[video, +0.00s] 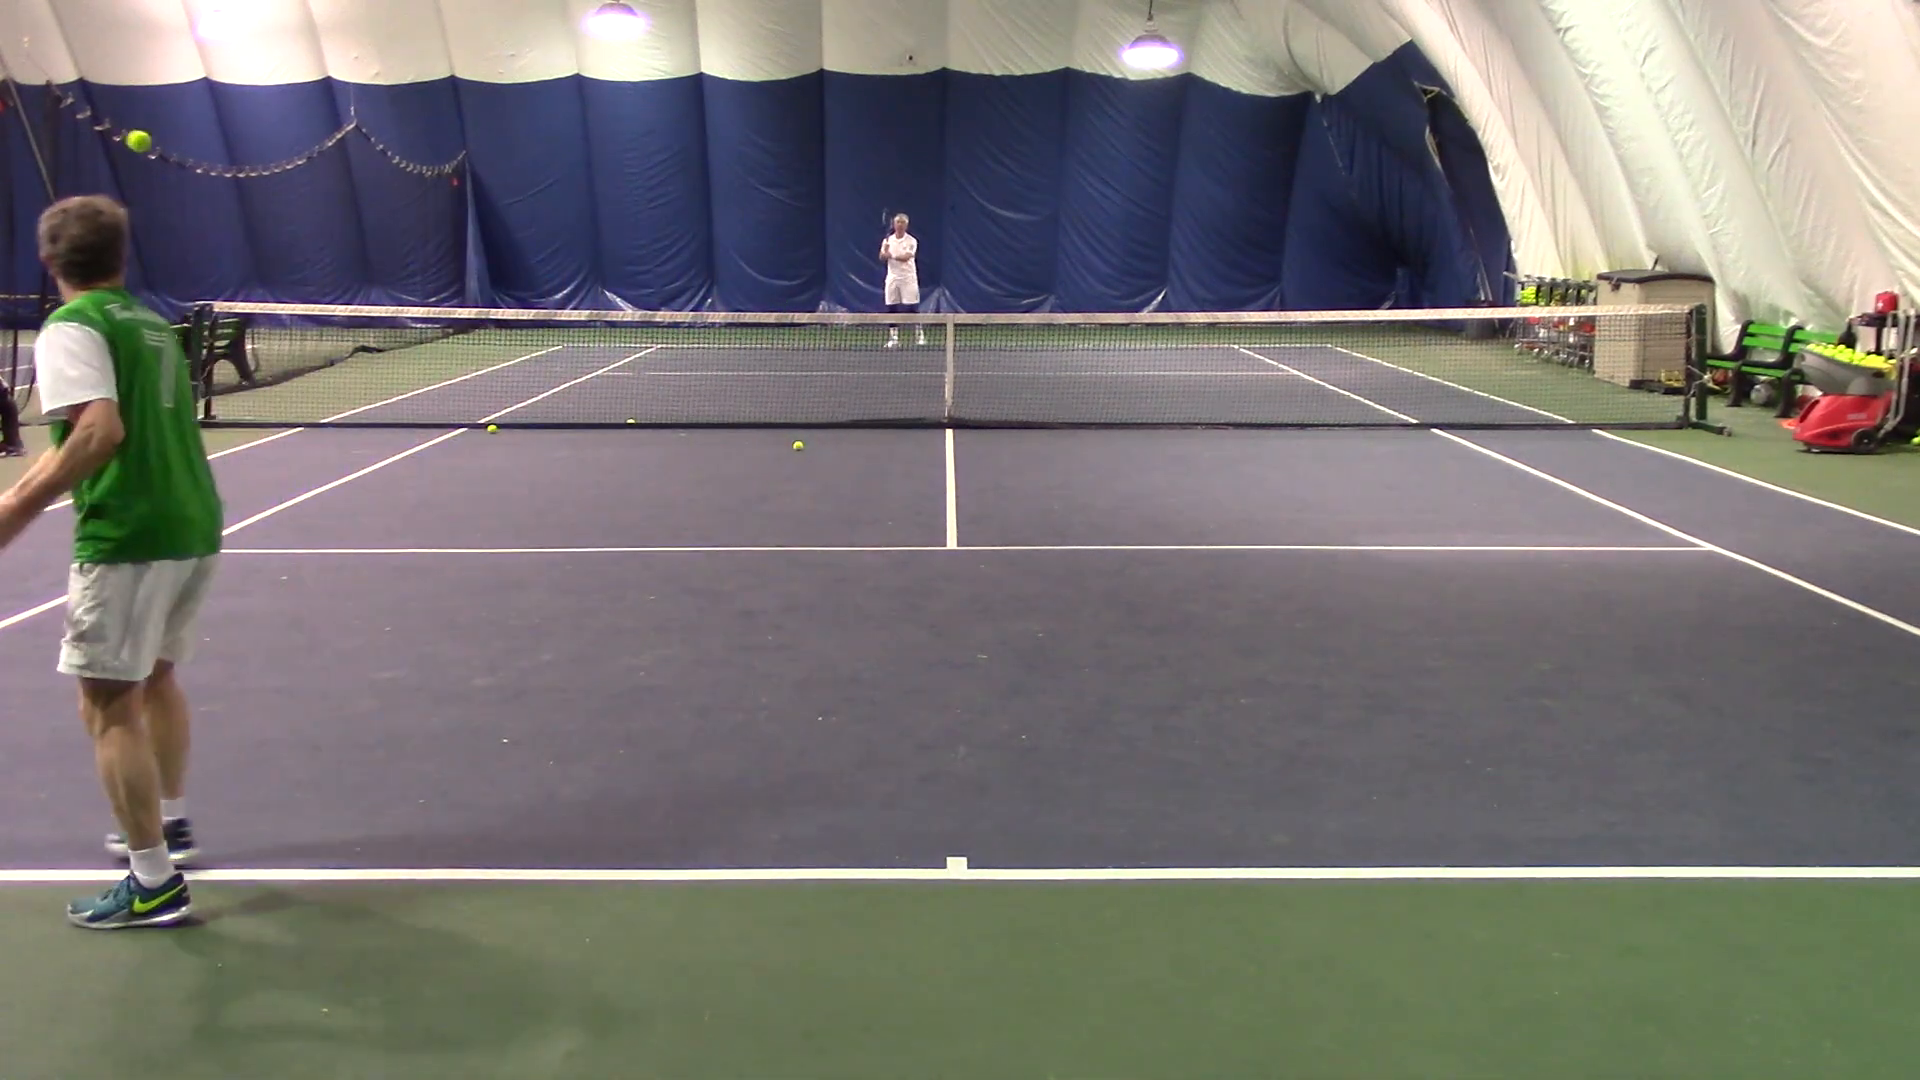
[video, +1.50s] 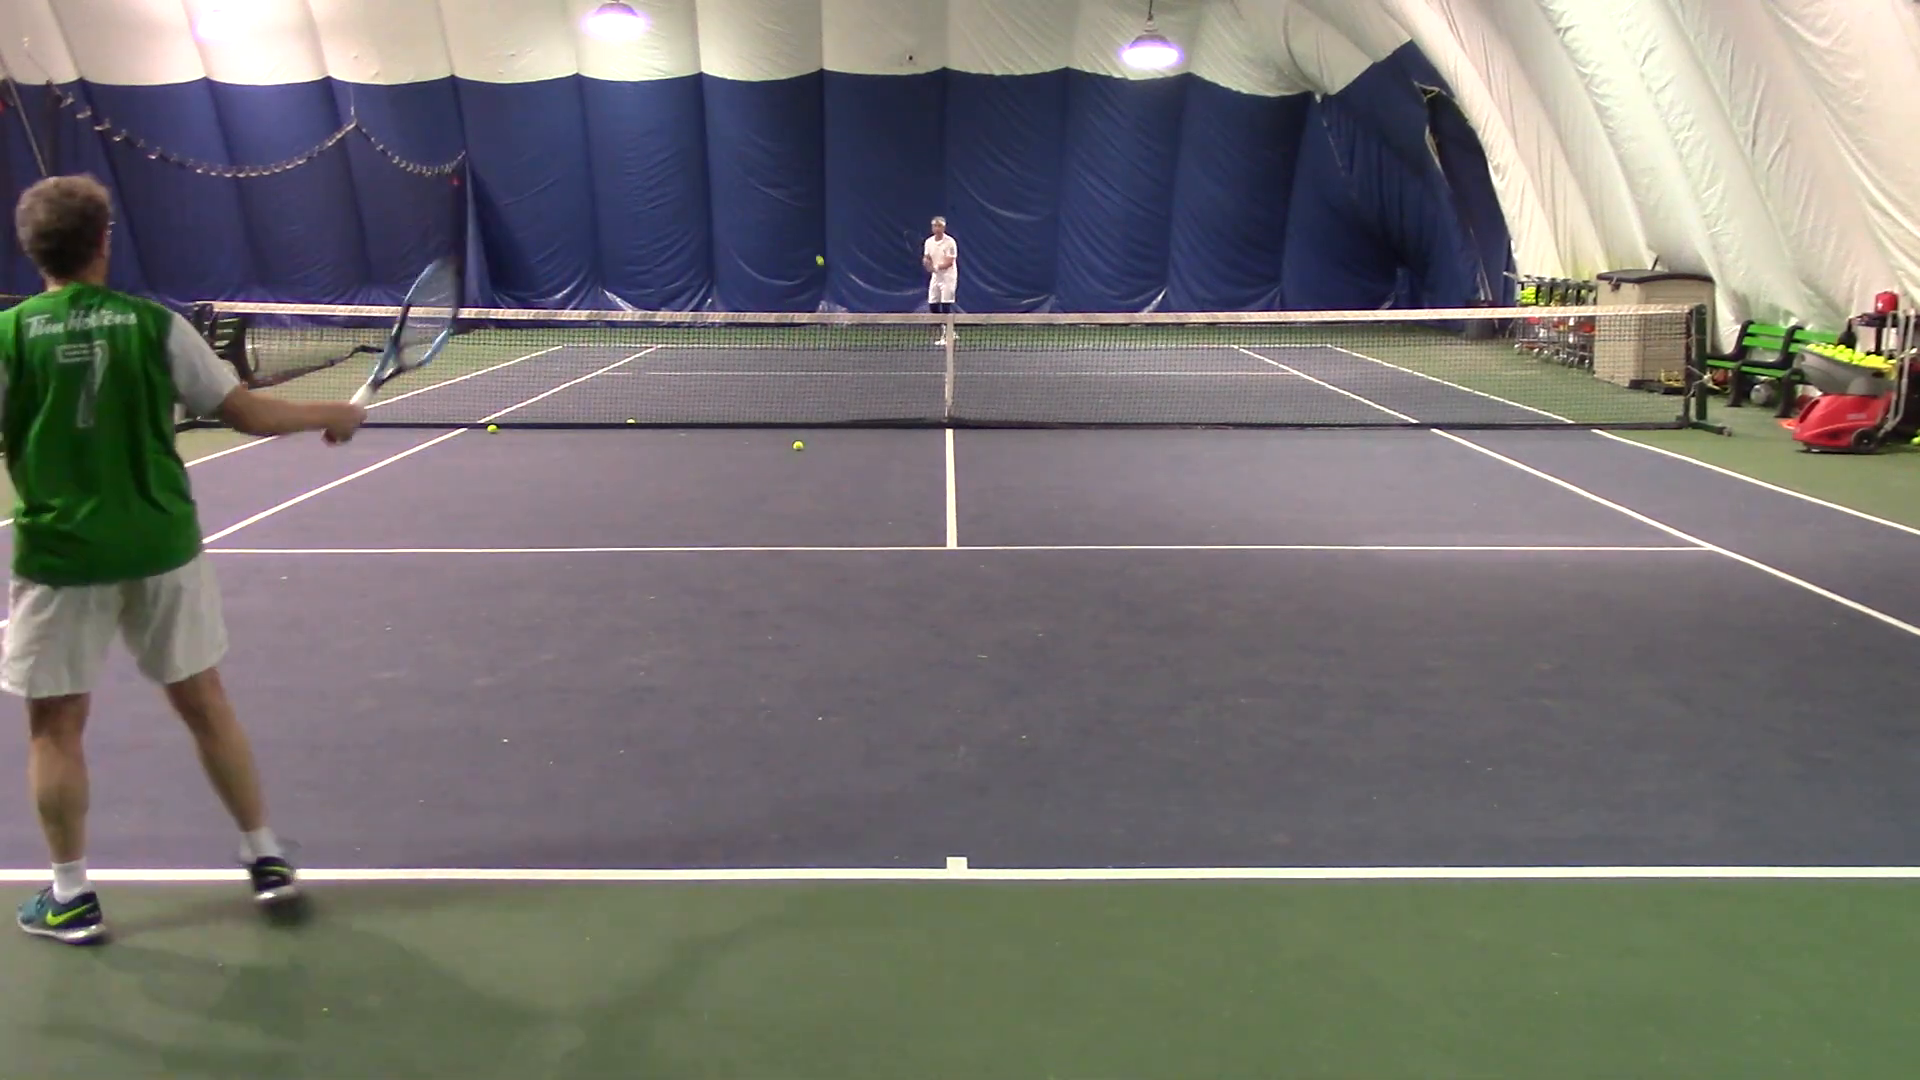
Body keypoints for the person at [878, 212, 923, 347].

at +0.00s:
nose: (900, 226)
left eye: (903, 223)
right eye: (898, 222)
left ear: (906, 225)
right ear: (894, 224)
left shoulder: (911, 240)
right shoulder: (888, 240)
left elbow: (907, 256)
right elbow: (882, 257)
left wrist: (892, 255)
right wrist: (885, 250)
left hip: (908, 277)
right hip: (892, 276)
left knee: (912, 306)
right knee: (891, 307)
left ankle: (919, 333)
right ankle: (894, 337)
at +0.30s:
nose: (917, 232)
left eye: (920, 229)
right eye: (915, 229)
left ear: (924, 231)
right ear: (911, 231)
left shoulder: (929, 246)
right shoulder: (905, 246)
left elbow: (927, 263)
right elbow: (899, 263)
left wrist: (912, 265)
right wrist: (903, 261)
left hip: (927, 282)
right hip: (910, 281)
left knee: (934, 309)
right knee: (903, 307)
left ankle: (941, 335)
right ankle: (896, 336)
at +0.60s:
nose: (932, 228)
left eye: (935, 225)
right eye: (931, 225)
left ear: (939, 227)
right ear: (927, 226)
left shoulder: (944, 243)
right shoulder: (919, 242)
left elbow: (944, 258)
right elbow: (914, 259)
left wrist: (933, 265)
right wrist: (920, 260)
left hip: (938, 278)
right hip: (921, 277)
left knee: (939, 306)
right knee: (915, 304)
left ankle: (942, 335)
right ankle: (912, 335)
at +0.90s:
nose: (935, 228)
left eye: (937, 225)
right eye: (933, 225)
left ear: (941, 227)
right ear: (929, 226)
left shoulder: (946, 243)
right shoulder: (921, 241)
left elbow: (947, 259)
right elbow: (916, 258)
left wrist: (938, 264)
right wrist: (923, 261)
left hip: (939, 277)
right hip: (924, 277)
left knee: (941, 306)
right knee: (921, 305)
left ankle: (943, 333)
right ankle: (923, 332)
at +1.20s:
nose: (932, 229)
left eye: (935, 226)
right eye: (930, 226)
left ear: (939, 228)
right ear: (927, 227)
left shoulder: (946, 243)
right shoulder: (921, 243)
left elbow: (949, 261)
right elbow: (918, 259)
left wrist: (938, 268)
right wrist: (924, 266)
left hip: (941, 278)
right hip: (927, 277)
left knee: (940, 305)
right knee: (925, 305)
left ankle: (943, 334)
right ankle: (925, 333)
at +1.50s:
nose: (937, 229)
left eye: (940, 226)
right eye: (935, 226)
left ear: (944, 227)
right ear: (932, 227)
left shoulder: (950, 242)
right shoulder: (928, 242)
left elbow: (951, 260)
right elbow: (926, 257)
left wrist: (939, 266)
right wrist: (928, 264)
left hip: (947, 276)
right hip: (935, 275)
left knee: (945, 305)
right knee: (933, 304)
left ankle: (948, 333)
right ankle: (943, 330)